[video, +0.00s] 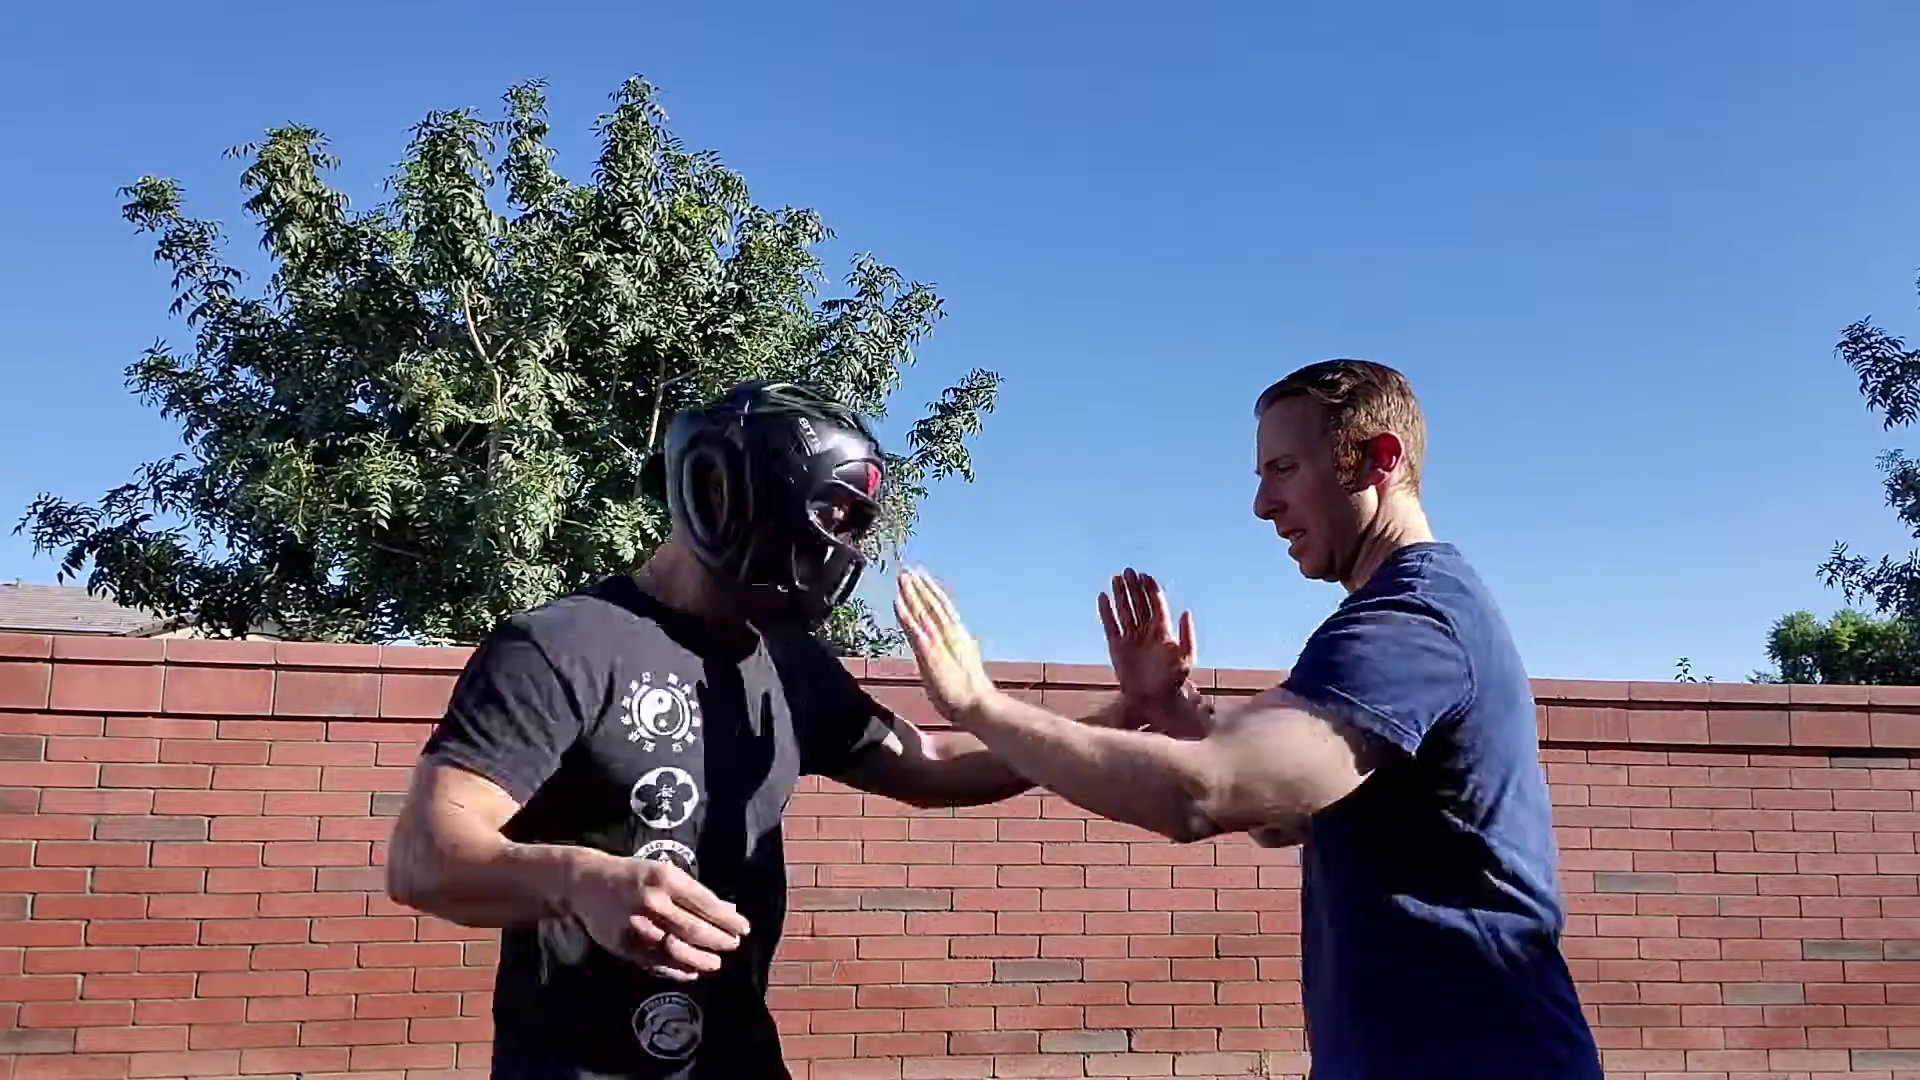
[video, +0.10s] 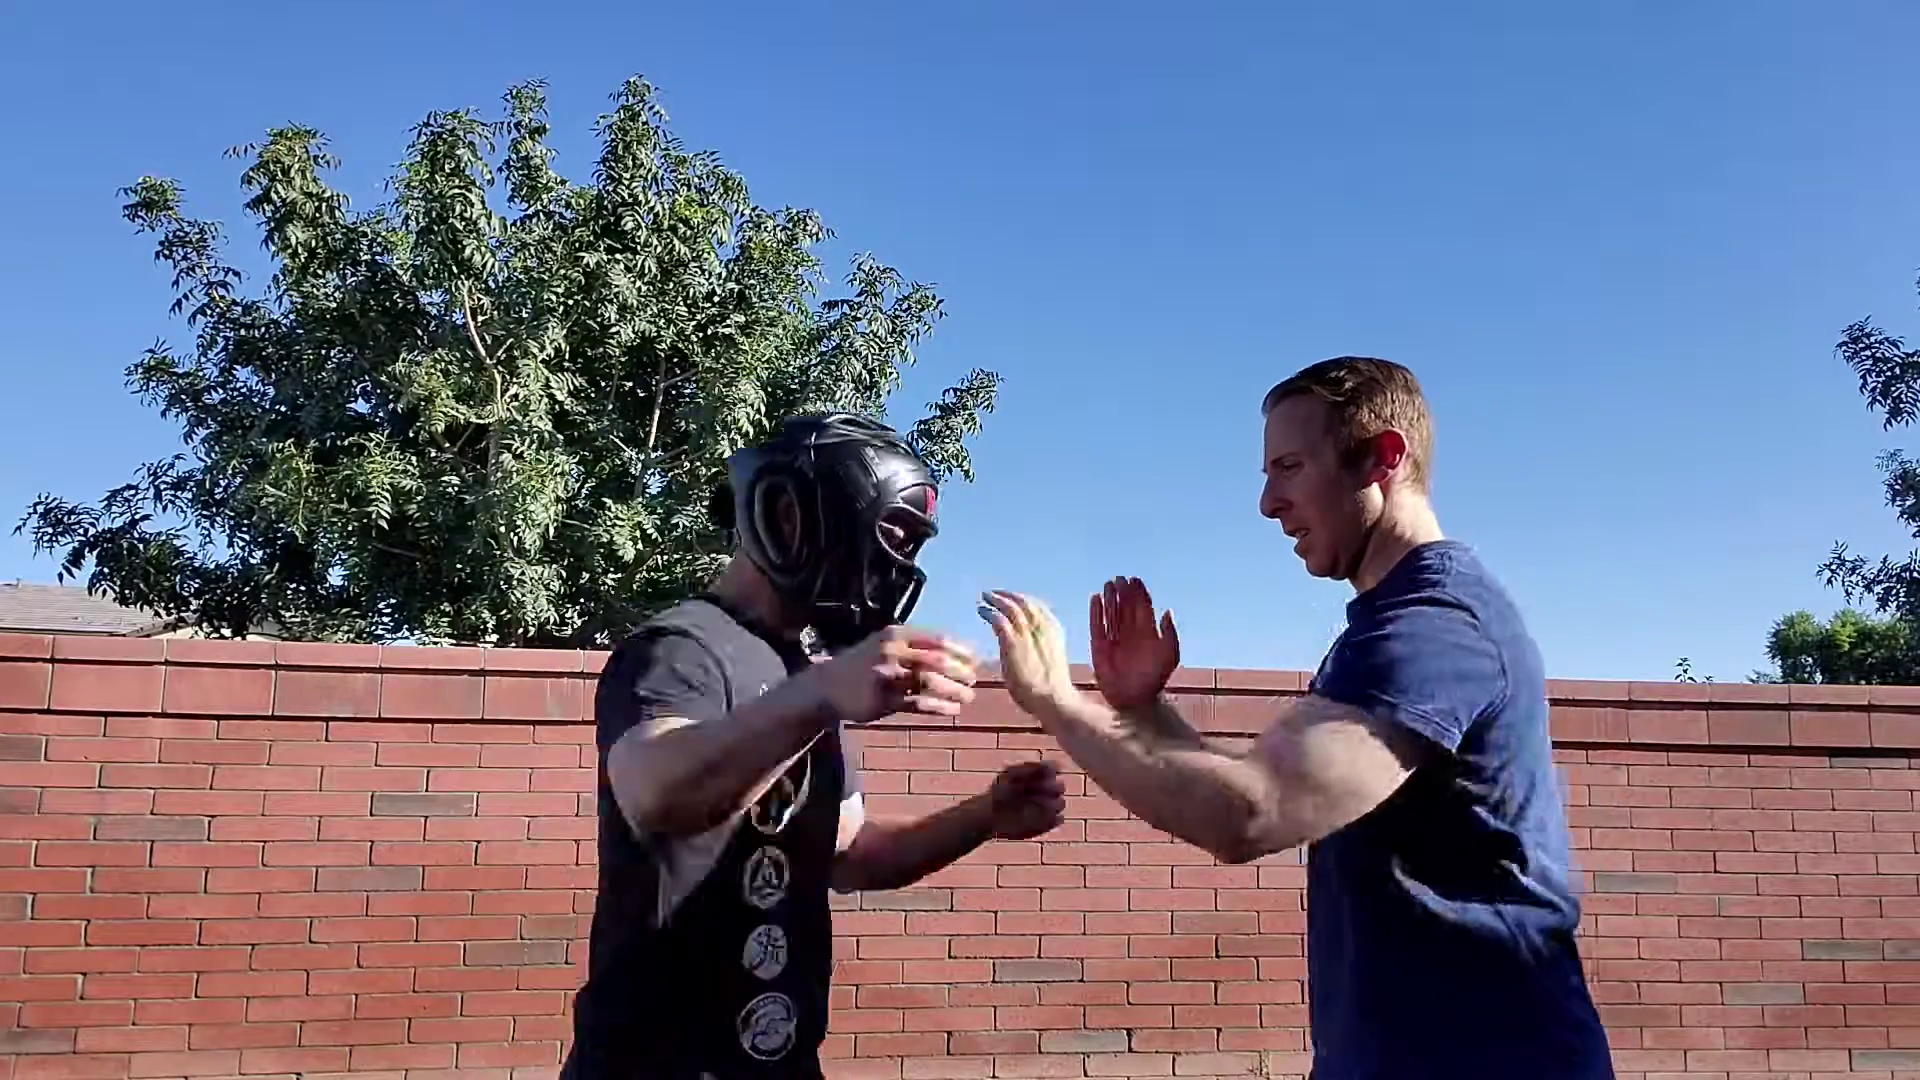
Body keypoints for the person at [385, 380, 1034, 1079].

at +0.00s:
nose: (850, 554)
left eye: (857, 526)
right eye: (832, 518)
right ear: (732, 500)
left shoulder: (787, 666)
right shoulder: (557, 650)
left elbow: (927, 767)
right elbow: (425, 857)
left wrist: (1110, 726)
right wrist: (578, 881)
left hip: (738, 1059)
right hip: (575, 1060)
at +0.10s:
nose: (907, 567)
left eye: (910, 543)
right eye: (893, 535)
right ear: (792, 520)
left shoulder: (807, 670)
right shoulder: (675, 651)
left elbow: (846, 860)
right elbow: (656, 798)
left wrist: (982, 817)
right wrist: (820, 692)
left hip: (780, 1045)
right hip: (661, 1049)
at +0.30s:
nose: (960, 588)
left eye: (962, 565)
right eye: (947, 563)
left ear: (844, 542)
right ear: (879, 545)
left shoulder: (739, 657)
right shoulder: (827, 650)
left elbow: (660, 850)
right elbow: (1035, 718)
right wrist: (1226, 675)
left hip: (696, 1046)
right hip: (786, 1054)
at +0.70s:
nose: (980, 599)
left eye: (984, 571)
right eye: (969, 569)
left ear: (854, 549)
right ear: (911, 556)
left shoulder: (744, 655)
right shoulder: (849, 654)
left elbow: (636, 836)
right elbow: (1028, 740)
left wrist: (732, 944)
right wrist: (1238, 749)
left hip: (697, 1040)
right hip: (782, 1051)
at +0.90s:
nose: (921, 555)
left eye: (926, 532)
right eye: (909, 527)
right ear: (831, 513)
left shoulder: (858, 670)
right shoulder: (679, 655)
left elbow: (928, 764)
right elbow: (799, 835)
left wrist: (1030, 812)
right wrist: (1001, 789)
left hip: (832, 1048)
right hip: (686, 1054)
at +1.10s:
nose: (884, 553)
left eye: (894, 531)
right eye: (865, 525)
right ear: (767, 511)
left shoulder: (879, 671)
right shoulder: (608, 672)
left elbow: (1044, 695)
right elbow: (517, 892)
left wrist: (1175, 668)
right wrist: (712, 942)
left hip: (823, 1064)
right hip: (650, 1062)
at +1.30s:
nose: (893, 571)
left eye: (896, 547)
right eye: (875, 543)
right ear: (806, 532)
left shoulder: (854, 667)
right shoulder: (659, 669)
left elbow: (1032, 716)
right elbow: (735, 854)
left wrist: (1184, 676)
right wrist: (883, 703)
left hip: (820, 1053)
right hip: (669, 1058)